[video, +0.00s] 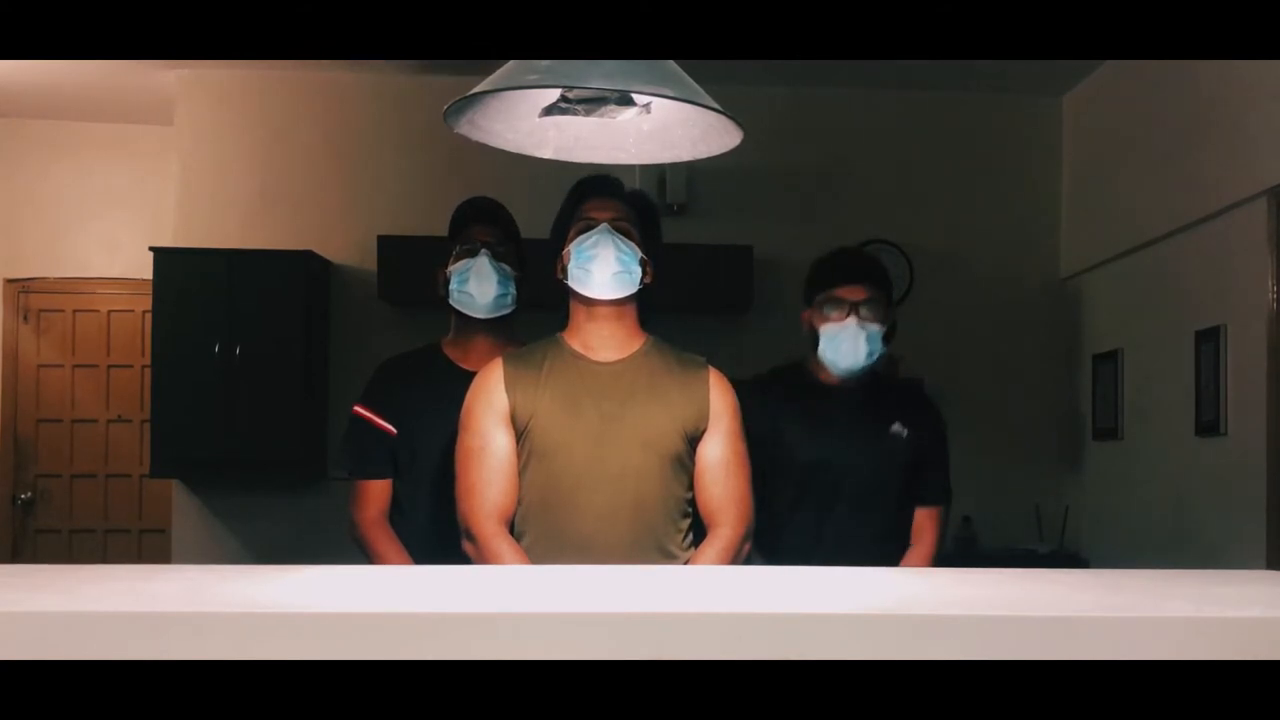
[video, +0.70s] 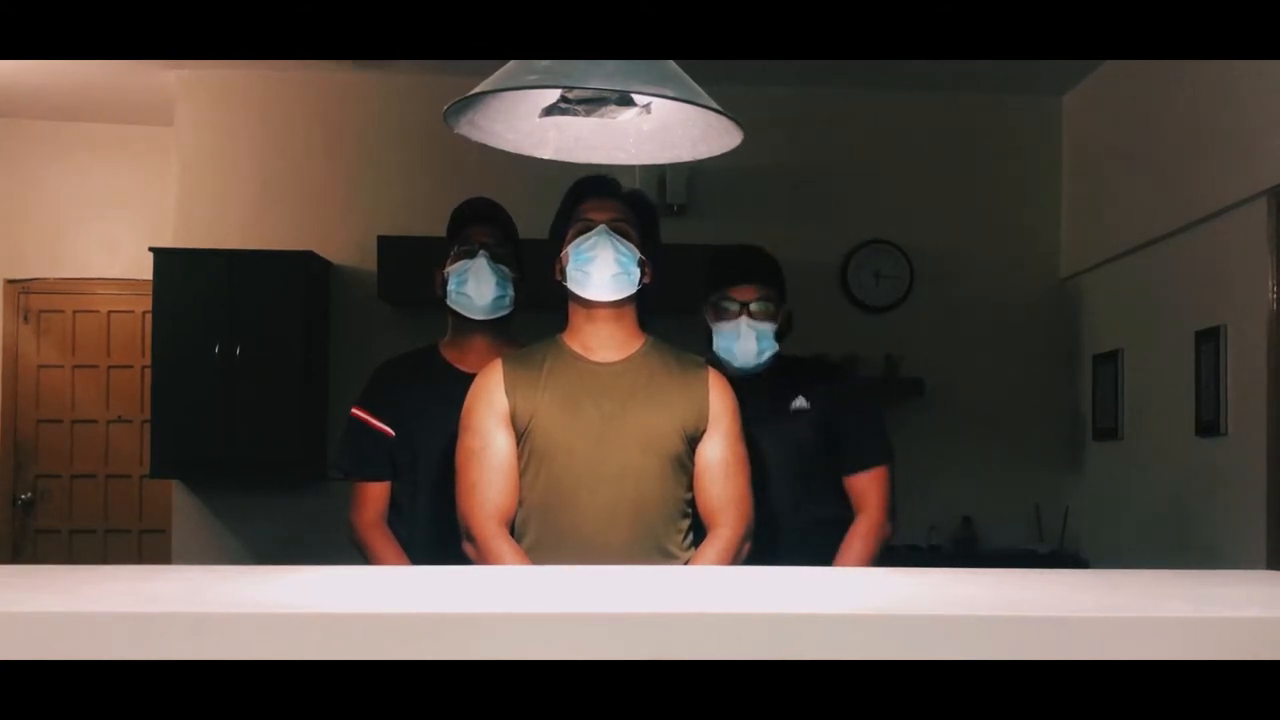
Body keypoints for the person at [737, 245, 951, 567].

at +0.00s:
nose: (852, 324)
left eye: (869, 310)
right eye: (834, 308)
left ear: (886, 322)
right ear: (809, 319)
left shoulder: (914, 410)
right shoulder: (758, 402)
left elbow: (923, 544)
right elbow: (733, 530)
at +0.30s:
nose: (853, 361)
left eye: (869, 348)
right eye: (835, 346)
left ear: (889, 358)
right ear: (812, 358)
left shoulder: (920, 446)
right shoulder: (761, 433)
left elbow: (931, 565)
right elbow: (731, 540)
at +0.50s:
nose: (767, 326)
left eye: (783, 311)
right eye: (751, 312)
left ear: (805, 321)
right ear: (730, 319)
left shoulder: (851, 401)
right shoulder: (713, 404)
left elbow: (885, 529)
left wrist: (846, 609)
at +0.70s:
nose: (744, 324)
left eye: (760, 310)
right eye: (727, 309)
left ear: (782, 318)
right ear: (707, 317)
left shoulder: (831, 389)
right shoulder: (691, 395)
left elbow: (873, 516)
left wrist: (828, 603)